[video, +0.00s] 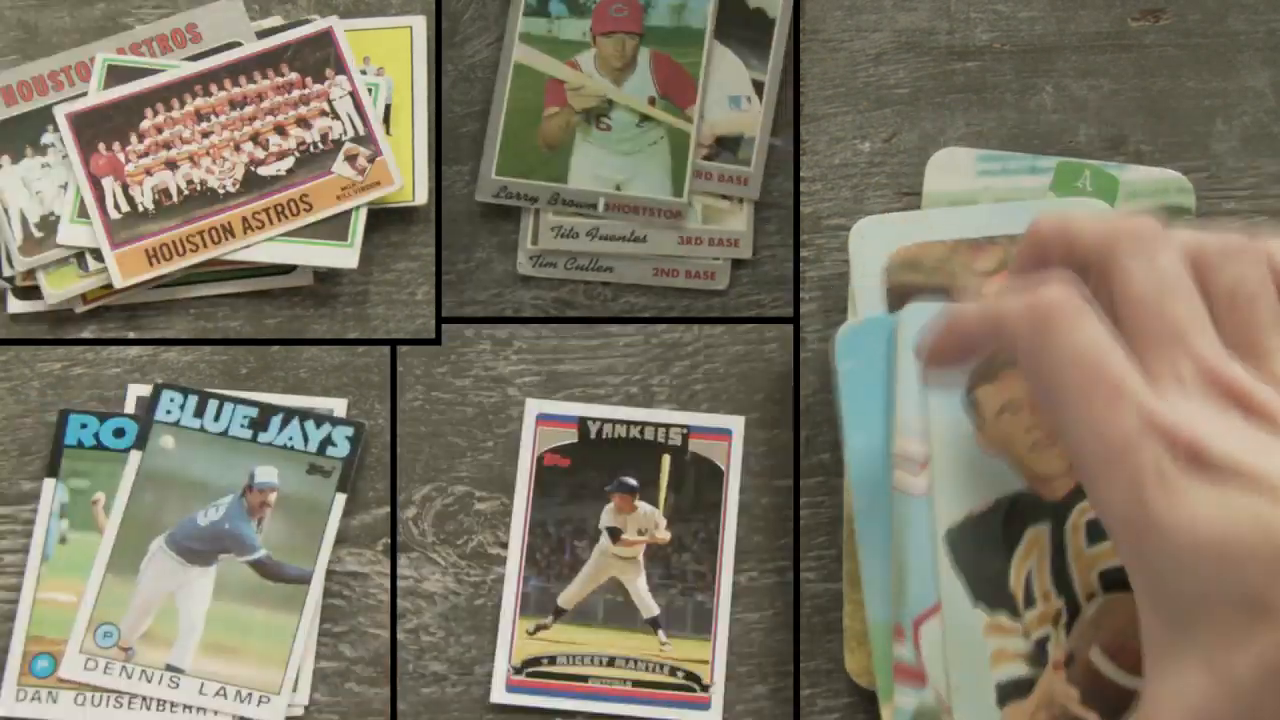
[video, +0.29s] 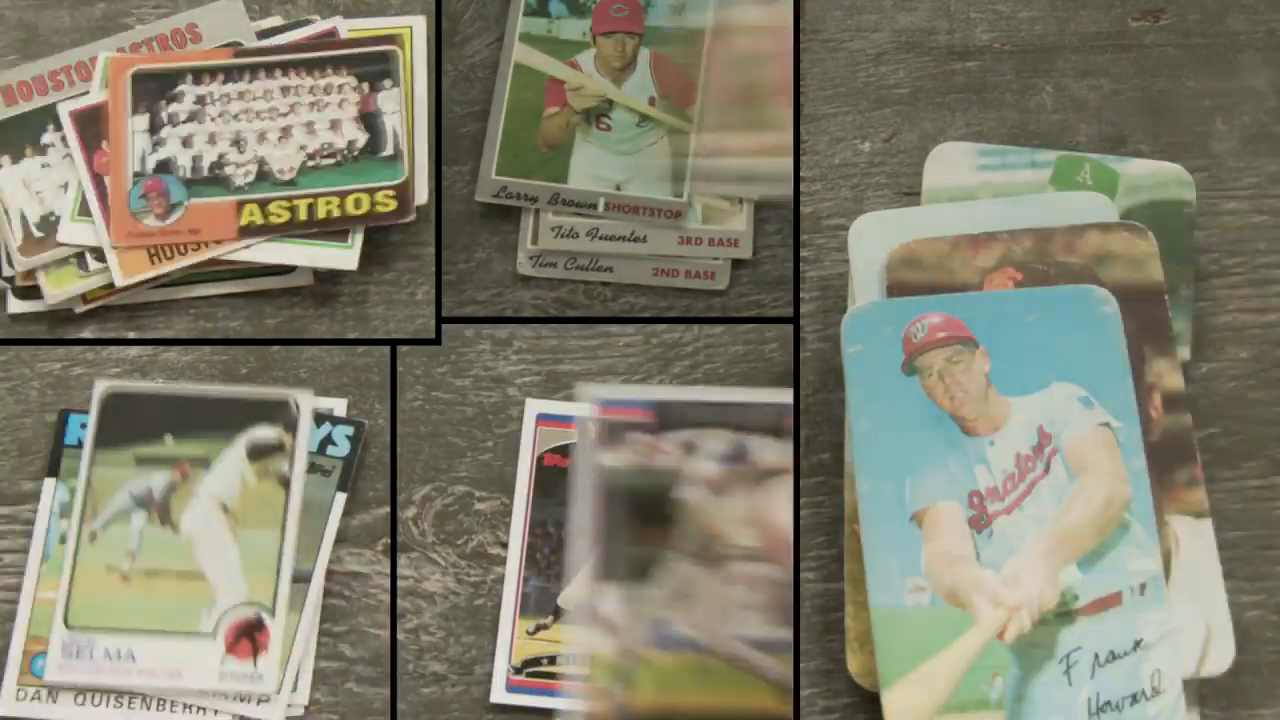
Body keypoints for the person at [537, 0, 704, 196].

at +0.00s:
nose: (621, 47)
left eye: (630, 38)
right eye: (611, 37)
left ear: (639, 40)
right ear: (594, 39)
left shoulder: (660, 66)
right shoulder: (571, 71)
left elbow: (704, 114)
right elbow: (548, 141)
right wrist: (573, 110)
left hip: (649, 156)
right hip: (591, 154)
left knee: (649, 235)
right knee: (582, 233)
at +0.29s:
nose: (620, 46)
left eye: (630, 36)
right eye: (609, 36)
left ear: (640, 40)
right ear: (593, 39)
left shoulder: (659, 67)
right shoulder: (570, 72)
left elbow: (702, 113)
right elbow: (547, 141)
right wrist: (572, 109)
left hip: (649, 156)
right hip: (591, 155)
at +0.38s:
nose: (606, 45)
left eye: (614, 33)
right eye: (593, 35)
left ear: (623, 37)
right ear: (575, 39)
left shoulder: (654, 78)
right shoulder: (556, 91)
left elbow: (676, 140)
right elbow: (560, 159)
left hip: (646, 196)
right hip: (590, 199)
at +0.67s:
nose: (603, 45)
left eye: (612, 33)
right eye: (592, 34)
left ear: (621, 36)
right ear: (573, 38)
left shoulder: (652, 78)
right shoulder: (553, 91)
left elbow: (674, 138)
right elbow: (558, 155)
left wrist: (673, 162)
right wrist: (575, 177)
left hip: (641, 200)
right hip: (584, 200)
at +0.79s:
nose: (674, 58)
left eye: (678, 53)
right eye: (669, 52)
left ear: (682, 56)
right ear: (658, 51)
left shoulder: (682, 86)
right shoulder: (629, 73)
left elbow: (678, 123)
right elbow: (598, 106)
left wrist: (691, 130)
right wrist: (618, 139)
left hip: (649, 135)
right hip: (620, 133)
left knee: (649, 186)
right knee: (629, 189)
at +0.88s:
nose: (674, 58)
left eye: (679, 53)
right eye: (669, 52)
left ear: (682, 56)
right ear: (658, 51)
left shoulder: (682, 86)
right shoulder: (629, 73)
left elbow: (677, 123)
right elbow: (598, 106)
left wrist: (690, 130)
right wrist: (618, 139)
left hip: (649, 134)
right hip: (620, 133)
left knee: (648, 186)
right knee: (629, 189)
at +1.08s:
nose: (655, 139)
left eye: (666, 128)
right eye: (649, 129)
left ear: (692, 129)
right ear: (644, 133)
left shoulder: (732, 165)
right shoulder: (638, 180)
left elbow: (771, 224)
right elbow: (623, 238)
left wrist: (745, 262)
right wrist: (594, 263)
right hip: (686, 275)